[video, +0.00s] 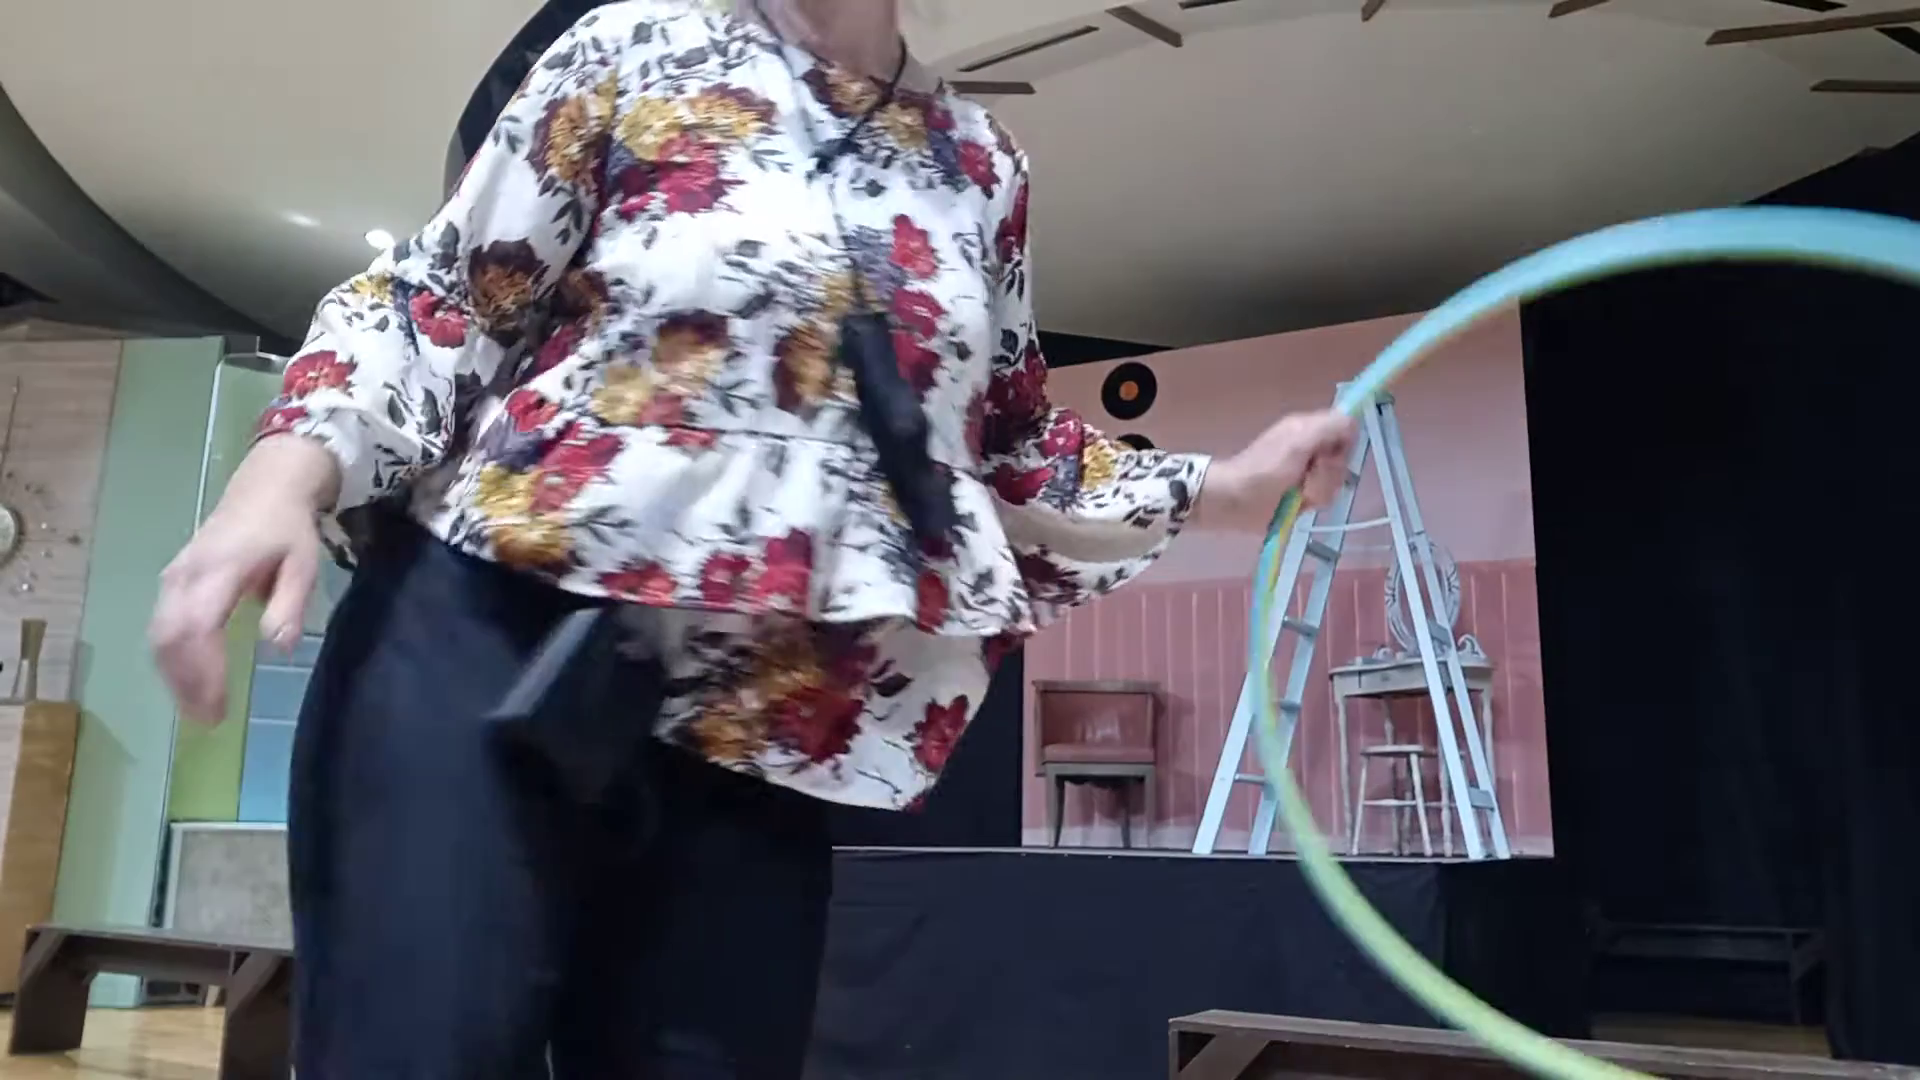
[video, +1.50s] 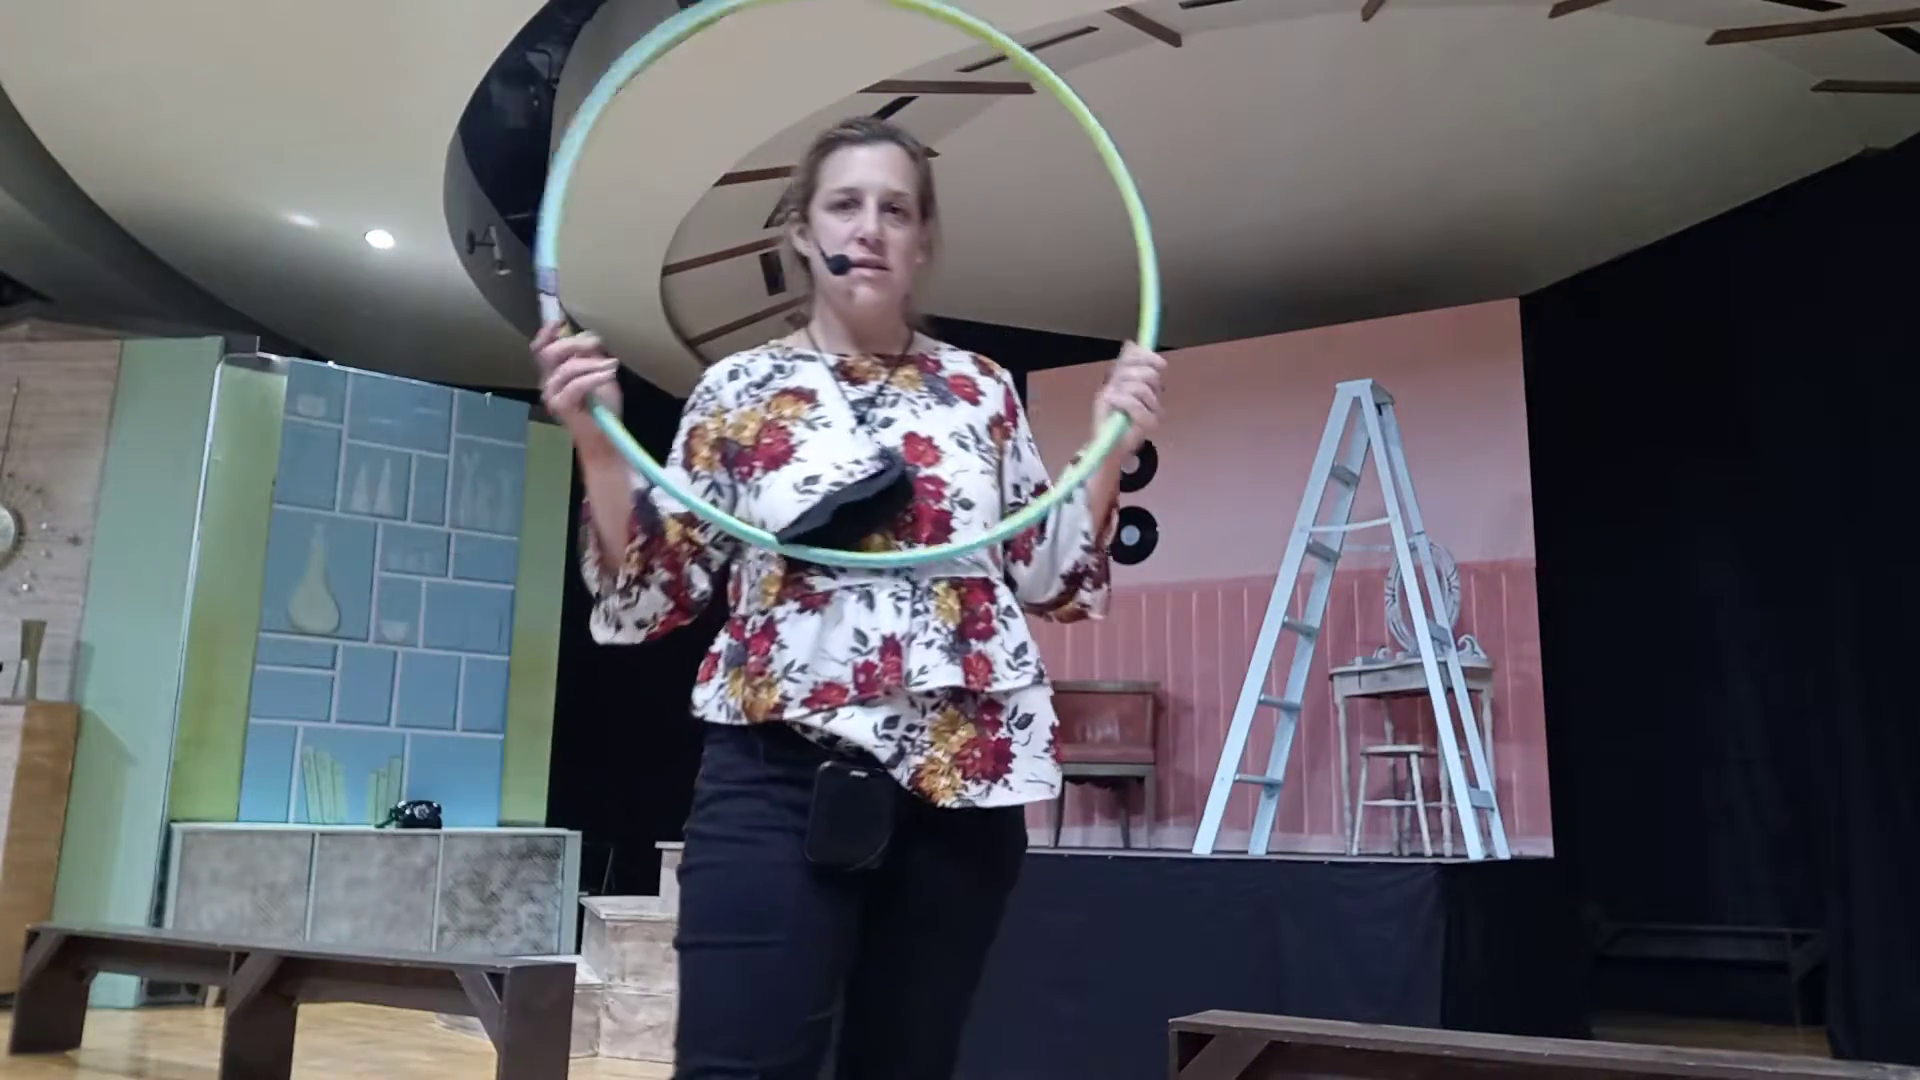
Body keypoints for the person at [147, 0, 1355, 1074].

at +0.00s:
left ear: (900, 2)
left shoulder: (979, 164)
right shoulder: (624, 54)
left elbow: (1004, 460)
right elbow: (440, 301)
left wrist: (1224, 483)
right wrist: (288, 471)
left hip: (758, 760)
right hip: (483, 660)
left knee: (711, 1064)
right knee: (434, 1051)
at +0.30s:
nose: (776, 14)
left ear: (826, 27)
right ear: (679, 13)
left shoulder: (888, 225)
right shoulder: (541, 163)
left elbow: (954, 501)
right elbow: (401, 394)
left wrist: (1144, 429)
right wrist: (258, 550)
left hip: (759, 785)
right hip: (495, 744)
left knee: (701, 1064)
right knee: (460, 1063)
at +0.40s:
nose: (682, 9)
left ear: (777, 31)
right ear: (609, 30)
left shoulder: (850, 250)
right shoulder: (510, 226)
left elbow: (937, 517)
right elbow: (381, 460)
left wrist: (1102, 414)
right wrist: (222, 644)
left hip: (738, 784)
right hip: (490, 766)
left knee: (687, 1059)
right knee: (499, 1060)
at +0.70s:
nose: (592, 78)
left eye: (626, 54)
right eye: (561, 54)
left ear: (678, 98)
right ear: (522, 102)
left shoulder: (782, 251)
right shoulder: (487, 317)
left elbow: (915, 471)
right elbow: (425, 565)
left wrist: (979, 339)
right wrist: (346, 790)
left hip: (766, 783)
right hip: (548, 794)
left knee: (736, 1061)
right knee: (562, 1064)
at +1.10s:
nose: (708, 169)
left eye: (736, 148)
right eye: (678, 151)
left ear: (784, 185)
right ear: (648, 195)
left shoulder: (870, 318)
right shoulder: (616, 380)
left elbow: (975, 515)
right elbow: (571, 582)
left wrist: (991, 351)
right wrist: (469, 711)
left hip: (841, 775)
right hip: (635, 776)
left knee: (842, 1061)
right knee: (622, 1061)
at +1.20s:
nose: (753, 184)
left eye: (782, 163)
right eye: (725, 164)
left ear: (826, 197)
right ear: (693, 205)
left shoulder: (912, 341)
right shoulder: (651, 384)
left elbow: (996, 523)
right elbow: (603, 625)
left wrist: (1024, 369)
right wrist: (515, 610)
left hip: (878, 793)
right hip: (679, 784)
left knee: (855, 1062)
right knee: (657, 1061)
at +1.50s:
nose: (869, 226)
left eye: (896, 209)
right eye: (844, 204)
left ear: (928, 243)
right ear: (802, 233)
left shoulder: (982, 392)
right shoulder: (734, 390)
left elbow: (1042, 574)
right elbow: (656, 592)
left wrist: (1108, 456)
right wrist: (595, 446)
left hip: (958, 799)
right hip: (771, 782)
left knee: (903, 1064)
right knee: (744, 1061)